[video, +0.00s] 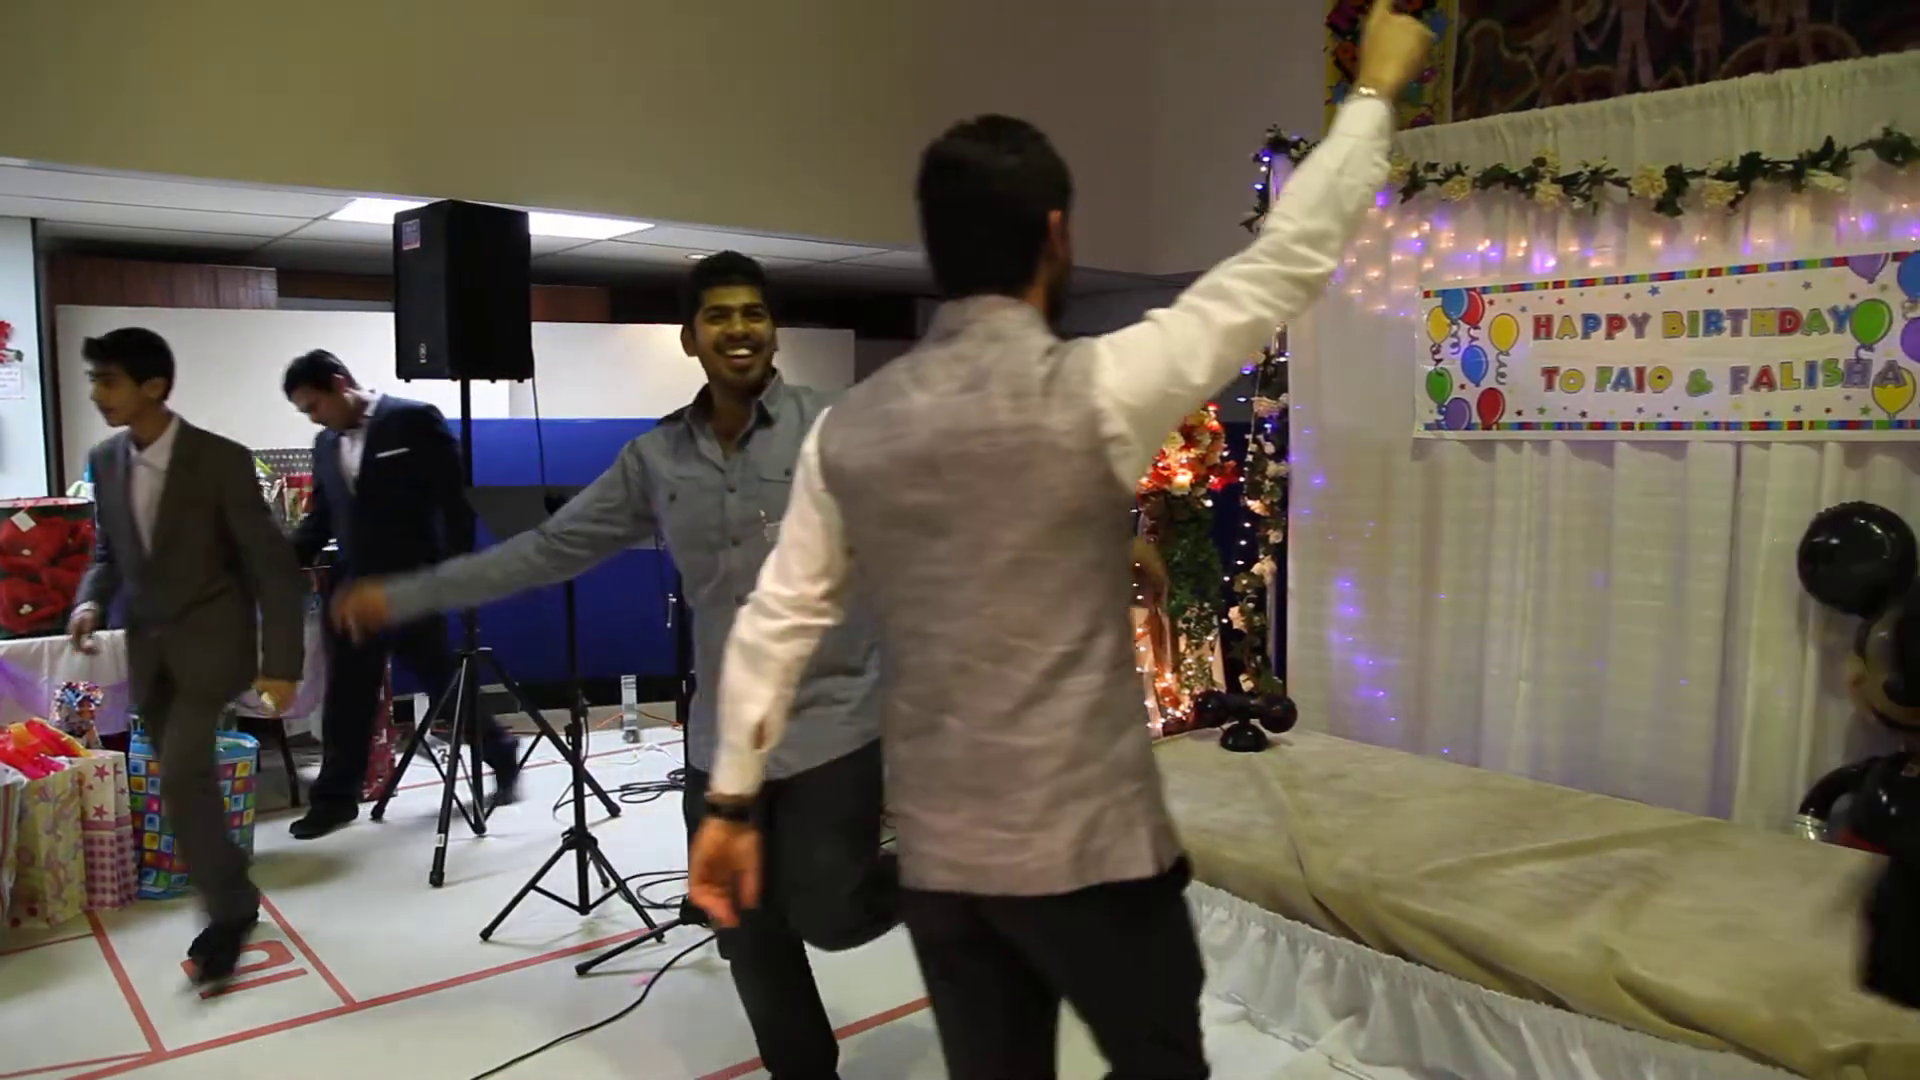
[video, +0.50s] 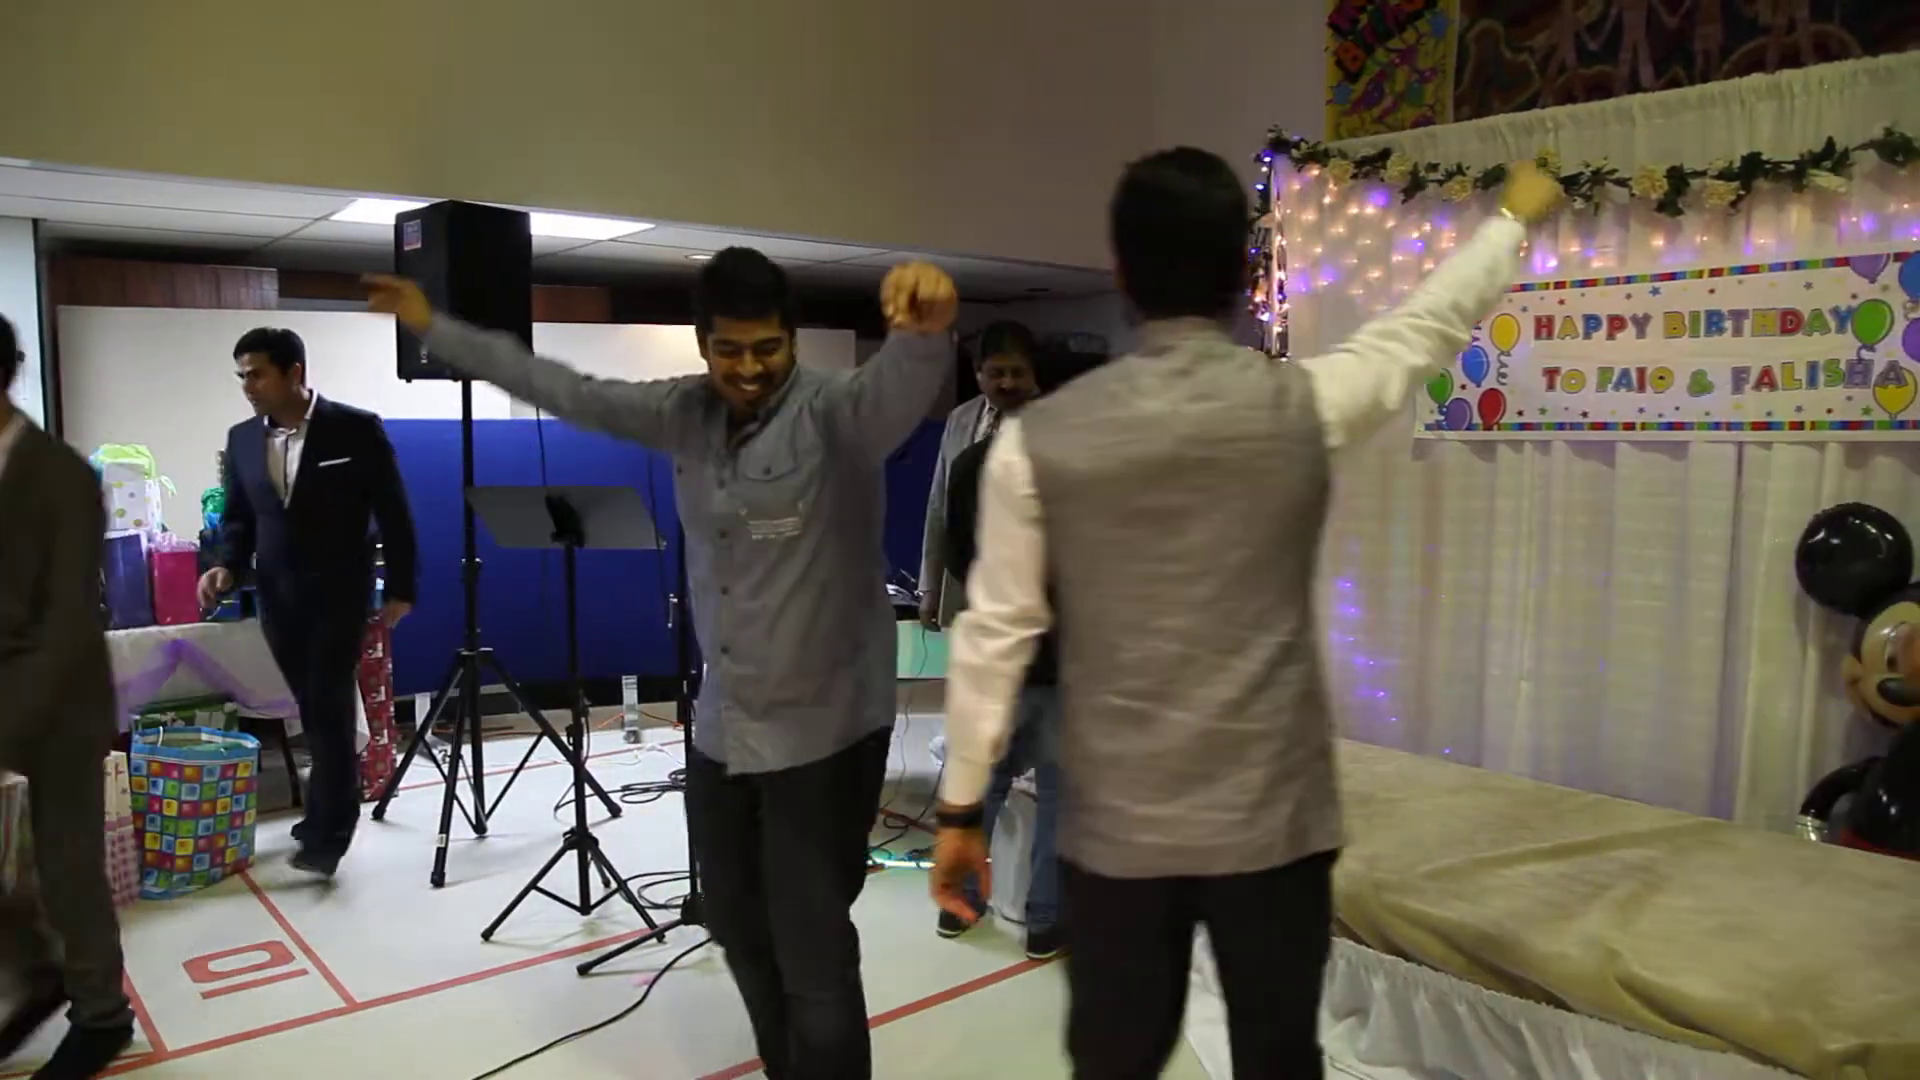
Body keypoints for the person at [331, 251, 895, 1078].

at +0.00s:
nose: (740, 331)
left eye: (755, 315)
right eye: (719, 317)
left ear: (776, 329)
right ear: (691, 337)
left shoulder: (832, 429)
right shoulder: (657, 458)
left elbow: (909, 555)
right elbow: (549, 548)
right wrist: (401, 596)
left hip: (838, 718)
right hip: (725, 736)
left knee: (832, 918)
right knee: (752, 937)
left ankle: (940, 863)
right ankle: (807, 1069)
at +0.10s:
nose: (734, 329)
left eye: (750, 313)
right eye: (716, 315)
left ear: (778, 329)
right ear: (693, 334)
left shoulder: (838, 424)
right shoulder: (663, 454)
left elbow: (926, 535)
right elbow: (561, 549)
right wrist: (401, 544)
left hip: (836, 721)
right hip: (723, 733)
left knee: (815, 916)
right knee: (744, 933)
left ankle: (915, 994)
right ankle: (808, 1073)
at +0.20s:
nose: (740, 336)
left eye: (757, 321)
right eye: (722, 322)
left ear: (784, 338)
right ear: (698, 340)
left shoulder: (843, 433)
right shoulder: (668, 454)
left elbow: (922, 547)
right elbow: (564, 537)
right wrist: (417, 494)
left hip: (823, 746)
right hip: (717, 752)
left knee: (813, 937)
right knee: (739, 946)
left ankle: (858, 1072)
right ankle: (795, 1068)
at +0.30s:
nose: (745, 346)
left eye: (762, 330)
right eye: (728, 330)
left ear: (787, 339)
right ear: (701, 340)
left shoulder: (839, 421)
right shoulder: (670, 448)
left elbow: (943, 479)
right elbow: (545, 485)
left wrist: (948, 424)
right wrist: (413, 429)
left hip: (824, 726)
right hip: (718, 737)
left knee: (800, 929)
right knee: (740, 941)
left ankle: (845, 1075)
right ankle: (793, 1071)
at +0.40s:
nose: (745, 356)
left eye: (762, 337)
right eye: (725, 339)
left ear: (788, 332)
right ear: (700, 339)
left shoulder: (836, 404)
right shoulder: (675, 424)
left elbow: (925, 416)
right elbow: (550, 423)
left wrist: (929, 360)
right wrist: (408, 358)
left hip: (829, 713)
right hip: (727, 717)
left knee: (797, 916)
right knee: (744, 917)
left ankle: (834, 1072)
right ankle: (791, 1067)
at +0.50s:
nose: (749, 368)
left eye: (767, 348)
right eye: (729, 350)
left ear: (793, 336)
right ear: (701, 343)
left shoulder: (841, 410)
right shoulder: (684, 416)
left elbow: (902, 384)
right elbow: (565, 389)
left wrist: (926, 322)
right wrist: (432, 323)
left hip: (827, 726)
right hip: (723, 724)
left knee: (810, 932)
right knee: (738, 924)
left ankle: (835, 1073)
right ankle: (790, 1070)